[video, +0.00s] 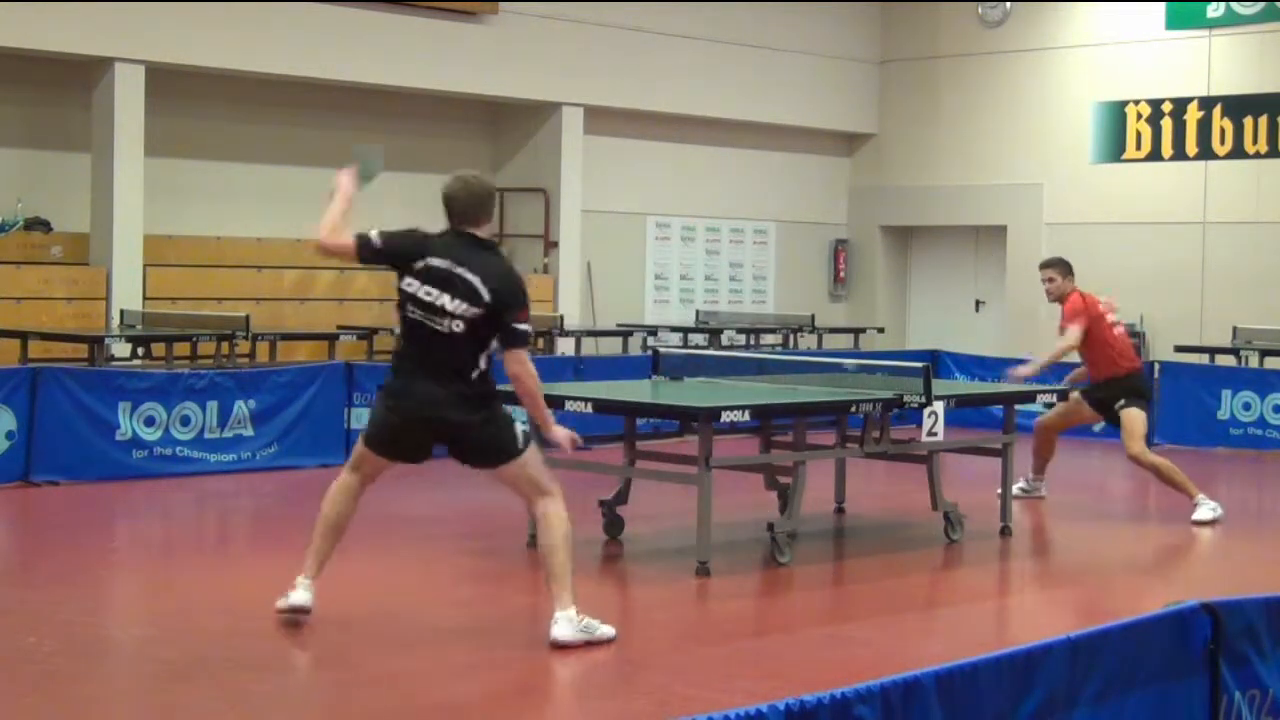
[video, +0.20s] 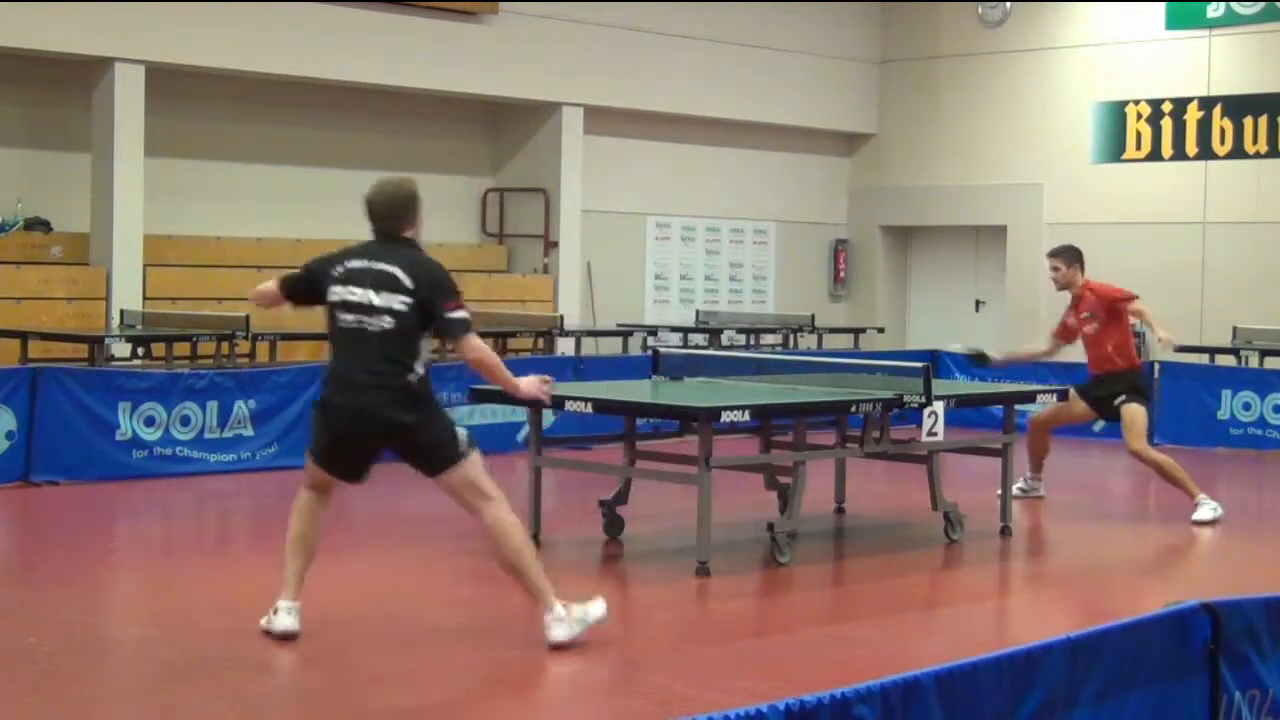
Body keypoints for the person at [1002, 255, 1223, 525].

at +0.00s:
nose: (1046, 288)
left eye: (1050, 281)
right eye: (1044, 282)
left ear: (1068, 280)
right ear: (1050, 283)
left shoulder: (1078, 302)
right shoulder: (1086, 303)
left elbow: (1071, 341)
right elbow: (1103, 356)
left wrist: (1033, 367)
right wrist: (1076, 377)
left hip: (1128, 383)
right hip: (1103, 388)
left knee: (1136, 451)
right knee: (1045, 426)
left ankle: (1202, 502)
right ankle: (1035, 482)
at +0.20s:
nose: (1052, 276)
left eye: (1056, 269)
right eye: (1051, 270)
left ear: (1075, 269)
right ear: (1064, 272)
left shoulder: (1101, 293)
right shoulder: (1072, 314)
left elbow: (1142, 311)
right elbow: (1049, 351)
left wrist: (1160, 332)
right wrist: (1005, 358)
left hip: (1129, 382)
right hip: (1099, 386)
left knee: (1137, 447)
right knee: (1039, 422)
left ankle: (1203, 502)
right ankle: (1034, 482)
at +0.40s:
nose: (1060, 276)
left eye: (1065, 271)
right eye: (1058, 271)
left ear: (1084, 272)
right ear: (1061, 274)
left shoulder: (1113, 299)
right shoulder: (1059, 307)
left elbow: (1158, 321)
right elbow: (1015, 311)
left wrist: (1179, 339)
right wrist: (998, 286)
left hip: (1131, 386)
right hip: (1098, 390)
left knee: (1143, 440)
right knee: (1034, 421)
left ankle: (1206, 501)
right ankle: (1032, 483)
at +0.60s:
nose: (1076, 268)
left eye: (1082, 262)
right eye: (1074, 262)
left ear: (1100, 263)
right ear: (1072, 265)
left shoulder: (1125, 294)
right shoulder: (1069, 299)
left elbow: (1169, 318)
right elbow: (1026, 307)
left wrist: (1191, 344)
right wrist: (1008, 286)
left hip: (1137, 382)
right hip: (1102, 384)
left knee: (1150, 434)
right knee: (1039, 419)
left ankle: (1208, 501)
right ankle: (1034, 481)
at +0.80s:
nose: (1083, 261)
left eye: (1089, 256)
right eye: (1080, 256)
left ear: (1106, 258)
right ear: (1077, 259)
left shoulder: (1130, 288)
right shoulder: (1074, 295)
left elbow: (1168, 322)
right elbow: (1040, 323)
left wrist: (1169, 354)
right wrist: (1017, 309)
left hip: (1140, 378)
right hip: (1105, 380)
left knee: (1156, 433)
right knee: (1045, 422)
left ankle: (1209, 500)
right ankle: (1034, 482)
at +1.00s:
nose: (1075, 254)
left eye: (1081, 248)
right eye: (1071, 249)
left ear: (1097, 250)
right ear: (1069, 253)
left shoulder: (1120, 281)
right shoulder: (1070, 288)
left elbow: (1155, 318)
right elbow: (1046, 326)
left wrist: (1106, 324)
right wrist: (1025, 321)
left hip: (1135, 370)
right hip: (1101, 372)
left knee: (1153, 431)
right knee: (1042, 418)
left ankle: (1207, 500)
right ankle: (1033, 481)